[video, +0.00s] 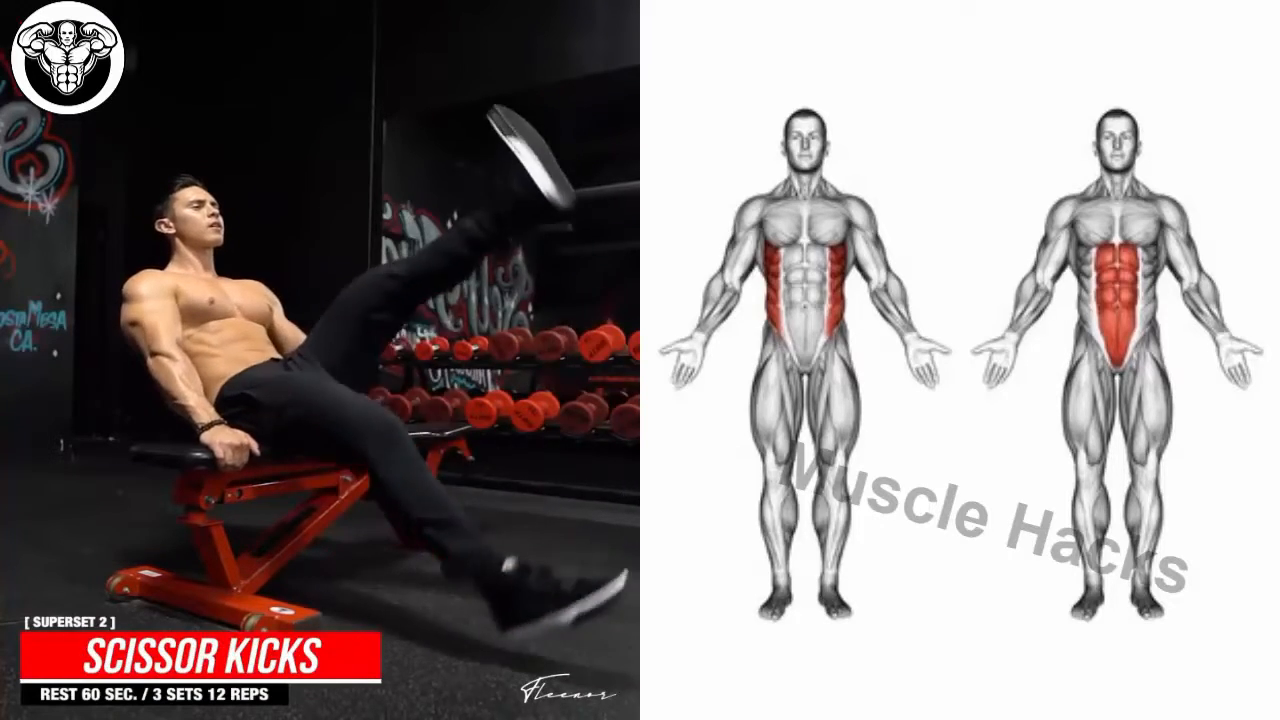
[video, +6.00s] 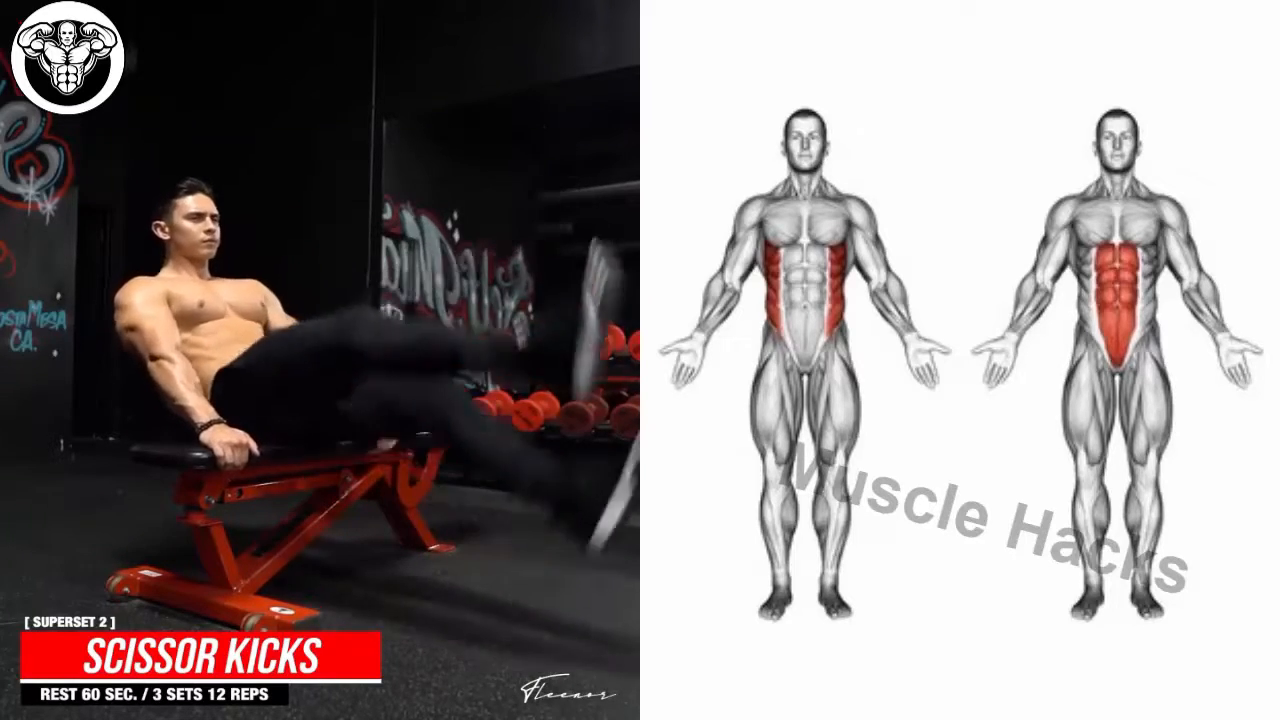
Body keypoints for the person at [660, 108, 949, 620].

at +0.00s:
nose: (804, 145)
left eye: (812, 138)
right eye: (797, 138)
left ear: (825, 145)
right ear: (785, 145)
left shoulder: (852, 211)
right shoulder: (758, 211)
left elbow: (881, 281)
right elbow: (729, 281)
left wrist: (910, 336)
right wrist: (700, 336)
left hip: (832, 355)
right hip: (777, 355)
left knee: (834, 467)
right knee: (777, 469)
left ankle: (830, 584)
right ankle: (780, 584)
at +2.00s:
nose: (804, 145)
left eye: (812, 138)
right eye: (797, 138)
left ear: (825, 145)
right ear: (785, 146)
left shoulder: (851, 211)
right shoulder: (758, 211)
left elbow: (881, 281)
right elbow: (729, 281)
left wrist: (909, 336)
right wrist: (700, 336)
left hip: (832, 356)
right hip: (777, 355)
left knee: (834, 468)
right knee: (777, 469)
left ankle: (829, 584)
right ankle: (780, 585)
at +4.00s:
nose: (804, 145)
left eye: (812, 138)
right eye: (797, 138)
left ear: (825, 145)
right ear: (785, 146)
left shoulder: (851, 211)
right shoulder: (758, 211)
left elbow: (881, 281)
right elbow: (729, 281)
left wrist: (909, 336)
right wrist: (700, 336)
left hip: (832, 355)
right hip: (778, 355)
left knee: (834, 468)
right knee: (777, 469)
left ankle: (829, 584)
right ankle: (780, 585)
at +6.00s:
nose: (805, 145)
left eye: (812, 138)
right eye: (797, 138)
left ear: (825, 145)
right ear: (785, 146)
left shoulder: (851, 211)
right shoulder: (758, 211)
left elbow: (881, 281)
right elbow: (729, 281)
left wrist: (910, 336)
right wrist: (700, 336)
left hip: (832, 356)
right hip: (777, 355)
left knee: (834, 467)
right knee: (777, 469)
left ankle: (829, 584)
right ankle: (780, 585)